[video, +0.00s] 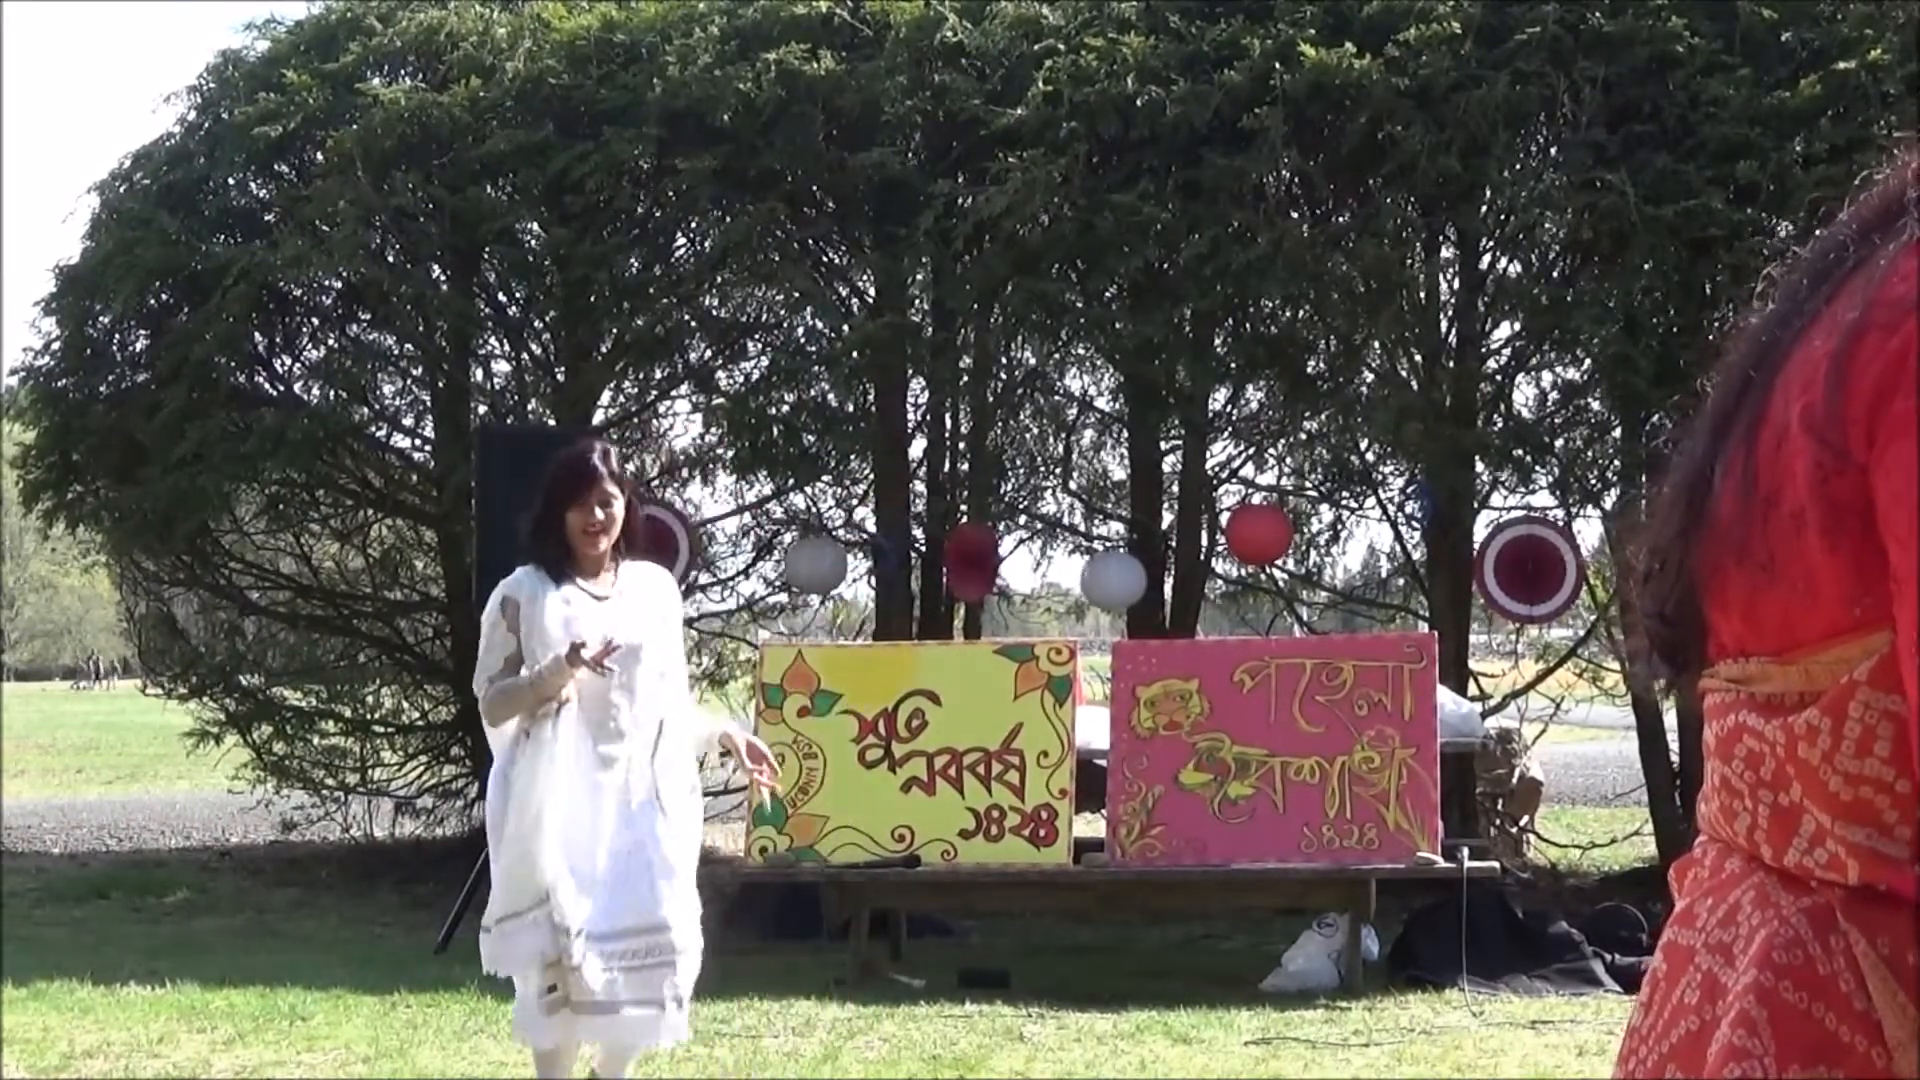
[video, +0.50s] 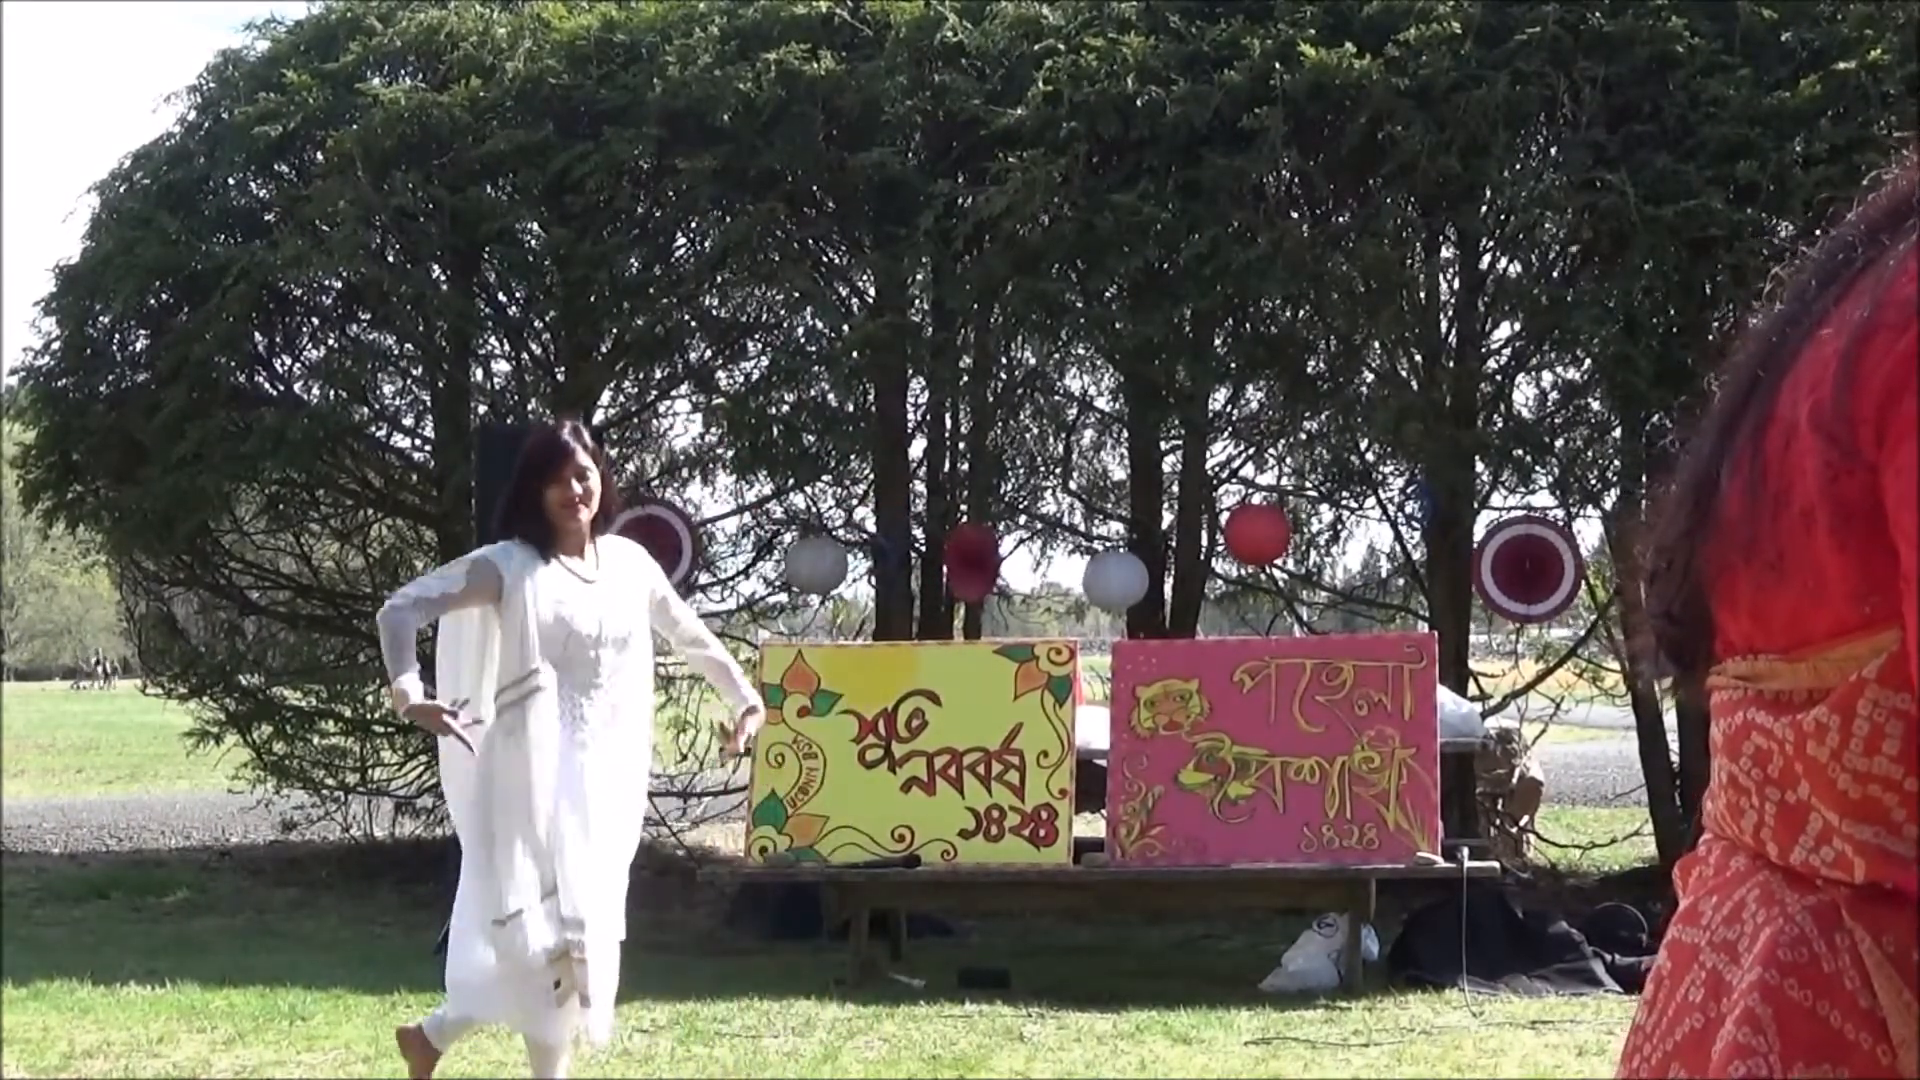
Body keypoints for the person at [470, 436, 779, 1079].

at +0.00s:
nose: (597, 516)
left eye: (609, 501)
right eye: (582, 503)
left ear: (626, 506)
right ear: (557, 510)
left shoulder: (655, 586)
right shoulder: (521, 595)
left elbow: (672, 708)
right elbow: (493, 709)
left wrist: (727, 736)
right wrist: (560, 669)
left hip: (642, 813)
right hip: (550, 815)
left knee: (653, 961)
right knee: (551, 976)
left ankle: (611, 1069)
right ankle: (555, 1070)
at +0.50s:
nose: (576, 489)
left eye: (585, 476)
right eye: (560, 479)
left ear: (602, 482)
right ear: (536, 491)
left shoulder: (631, 561)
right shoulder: (508, 565)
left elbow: (692, 638)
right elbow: (399, 610)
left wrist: (750, 699)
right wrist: (408, 695)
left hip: (608, 771)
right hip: (533, 768)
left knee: (575, 936)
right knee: (553, 937)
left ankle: (432, 1034)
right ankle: (549, 1071)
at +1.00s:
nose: (564, 478)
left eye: (576, 465)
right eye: (552, 465)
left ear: (591, 476)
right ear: (527, 474)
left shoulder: (606, 554)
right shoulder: (508, 546)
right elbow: (492, 510)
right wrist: (520, 473)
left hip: (584, 782)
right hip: (514, 781)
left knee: (563, 943)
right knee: (542, 942)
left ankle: (438, 1060)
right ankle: (544, 1073)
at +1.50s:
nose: (550, 499)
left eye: (560, 486)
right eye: (536, 488)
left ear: (575, 495)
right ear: (509, 498)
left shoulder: (591, 572)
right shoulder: (493, 573)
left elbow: (673, 649)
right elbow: (498, 496)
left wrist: (629, 672)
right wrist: (585, 443)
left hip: (582, 779)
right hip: (515, 776)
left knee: (549, 953)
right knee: (543, 946)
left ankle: (416, 1069)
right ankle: (548, 1070)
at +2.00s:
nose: (529, 516)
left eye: (540, 500)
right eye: (513, 505)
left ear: (558, 506)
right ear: (493, 518)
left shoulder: (589, 581)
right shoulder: (485, 587)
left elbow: (684, 653)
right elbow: (459, 509)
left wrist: (629, 674)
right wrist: (538, 463)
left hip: (587, 778)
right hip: (511, 777)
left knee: (583, 934)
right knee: (535, 937)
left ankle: (431, 924)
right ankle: (425, 923)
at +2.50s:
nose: (523, 496)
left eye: (535, 480)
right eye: (508, 484)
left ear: (556, 485)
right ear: (488, 496)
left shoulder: (590, 558)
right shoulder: (480, 565)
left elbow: (676, 639)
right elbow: (460, 479)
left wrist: (621, 681)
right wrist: (559, 442)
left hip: (575, 779)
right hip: (502, 777)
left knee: (529, 950)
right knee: (534, 948)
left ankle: (413, 1069)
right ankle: (544, 1072)